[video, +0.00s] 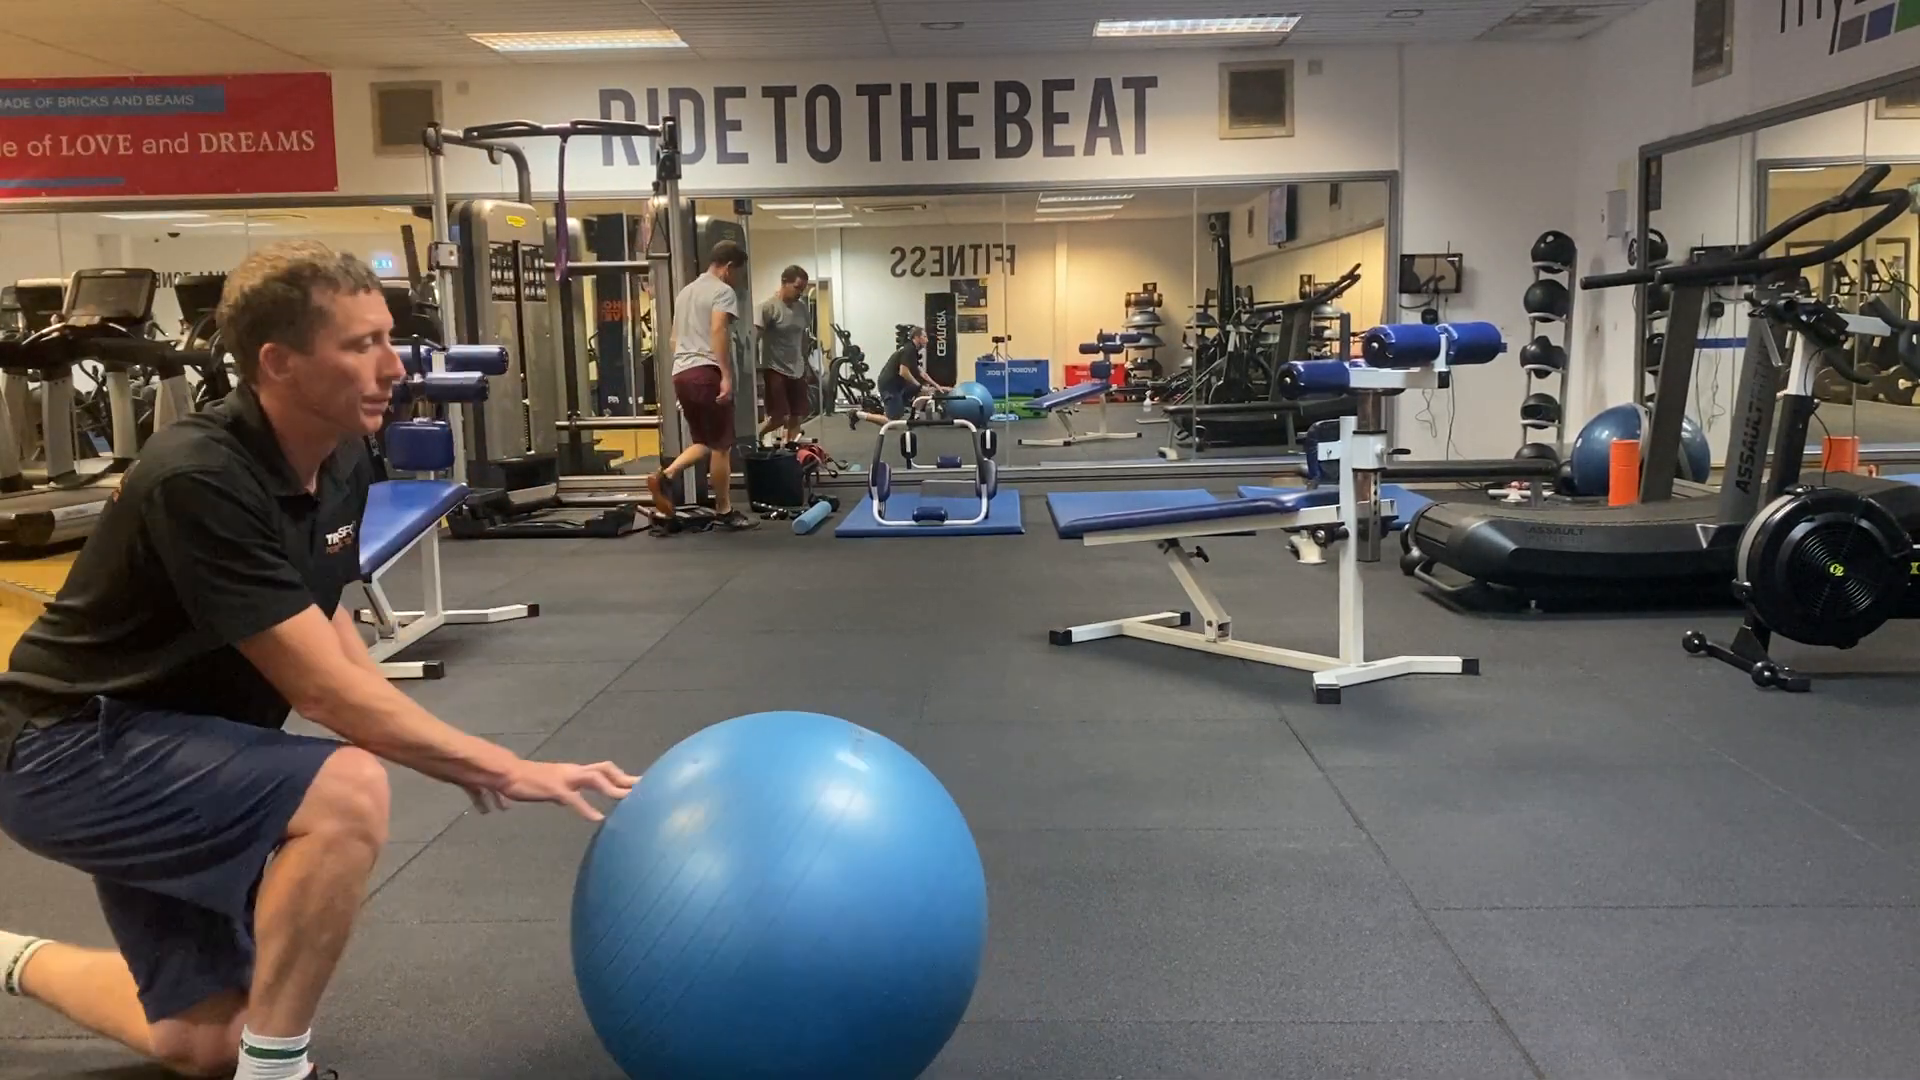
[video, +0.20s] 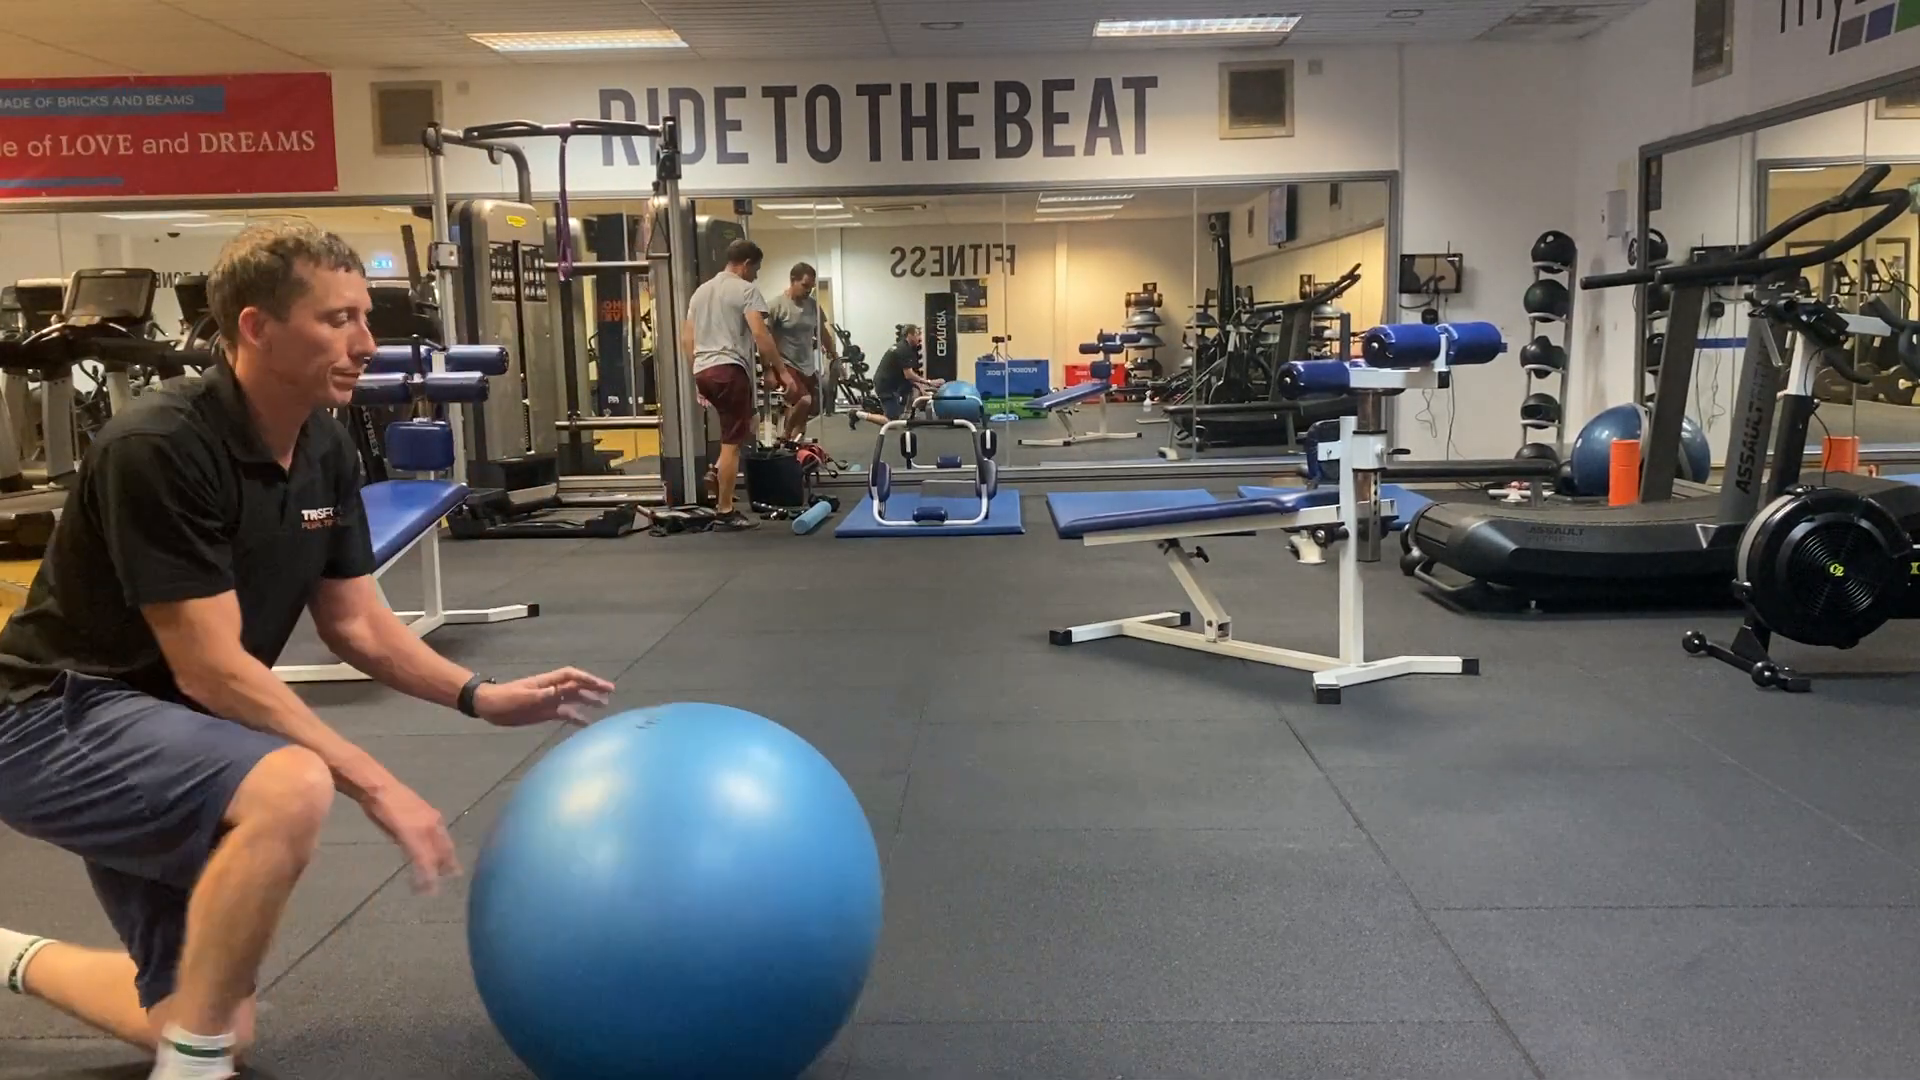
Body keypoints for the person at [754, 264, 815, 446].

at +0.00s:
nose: (800, 292)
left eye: (803, 288)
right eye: (797, 287)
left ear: (804, 286)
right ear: (785, 282)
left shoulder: (802, 308)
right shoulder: (768, 307)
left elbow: (804, 339)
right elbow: (753, 339)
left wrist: (807, 366)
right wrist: (752, 369)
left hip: (798, 369)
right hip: (775, 369)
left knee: (796, 416)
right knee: (779, 417)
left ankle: (789, 450)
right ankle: (757, 435)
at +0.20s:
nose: (809, 290)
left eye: (811, 286)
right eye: (805, 285)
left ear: (813, 285)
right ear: (793, 280)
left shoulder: (813, 306)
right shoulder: (777, 305)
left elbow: (822, 332)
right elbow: (765, 339)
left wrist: (833, 355)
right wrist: (768, 369)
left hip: (808, 367)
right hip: (785, 365)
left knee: (807, 409)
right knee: (804, 400)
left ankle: (795, 442)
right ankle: (786, 435)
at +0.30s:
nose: (813, 289)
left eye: (814, 284)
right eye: (809, 284)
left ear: (816, 282)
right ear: (796, 281)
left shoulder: (817, 305)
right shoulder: (782, 305)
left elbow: (832, 332)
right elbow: (769, 339)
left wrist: (846, 359)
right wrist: (771, 370)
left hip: (814, 370)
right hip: (791, 370)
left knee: (812, 412)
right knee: (805, 406)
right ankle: (803, 446)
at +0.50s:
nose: (817, 287)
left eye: (820, 282)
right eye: (813, 282)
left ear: (823, 281)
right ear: (802, 280)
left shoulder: (827, 304)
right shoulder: (791, 305)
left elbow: (838, 333)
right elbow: (783, 339)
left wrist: (848, 359)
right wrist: (779, 370)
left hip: (825, 371)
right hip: (799, 371)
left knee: (823, 416)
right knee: (807, 418)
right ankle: (816, 454)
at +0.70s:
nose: (825, 284)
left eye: (827, 280)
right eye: (821, 279)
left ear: (831, 279)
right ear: (810, 278)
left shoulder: (835, 301)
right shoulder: (797, 301)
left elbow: (844, 334)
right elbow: (790, 334)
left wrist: (849, 365)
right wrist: (799, 365)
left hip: (834, 369)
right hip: (808, 370)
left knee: (849, 410)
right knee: (810, 417)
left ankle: (832, 434)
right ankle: (811, 455)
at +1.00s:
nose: (841, 286)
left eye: (843, 282)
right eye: (836, 282)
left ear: (846, 282)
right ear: (824, 283)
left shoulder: (855, 305)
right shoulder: (816, 305)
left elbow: (868, 336)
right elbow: (811, 339)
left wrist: (874, 366)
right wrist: (815, 368)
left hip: (857, 368)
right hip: (828, 370)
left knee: (871, 410)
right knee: (821, 417)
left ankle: (891, 455)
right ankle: (819, 457)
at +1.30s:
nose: (869, 314)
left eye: (872, 310)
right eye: (867, 310)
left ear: (881, 312)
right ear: (865, 310)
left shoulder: (892, 332)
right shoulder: (854, 330)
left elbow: (907, 365)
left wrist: (912, 400)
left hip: (888, 381)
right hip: (861, 383)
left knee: (893, 423)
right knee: (840, 423)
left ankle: (899, 460)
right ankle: (827, 460)